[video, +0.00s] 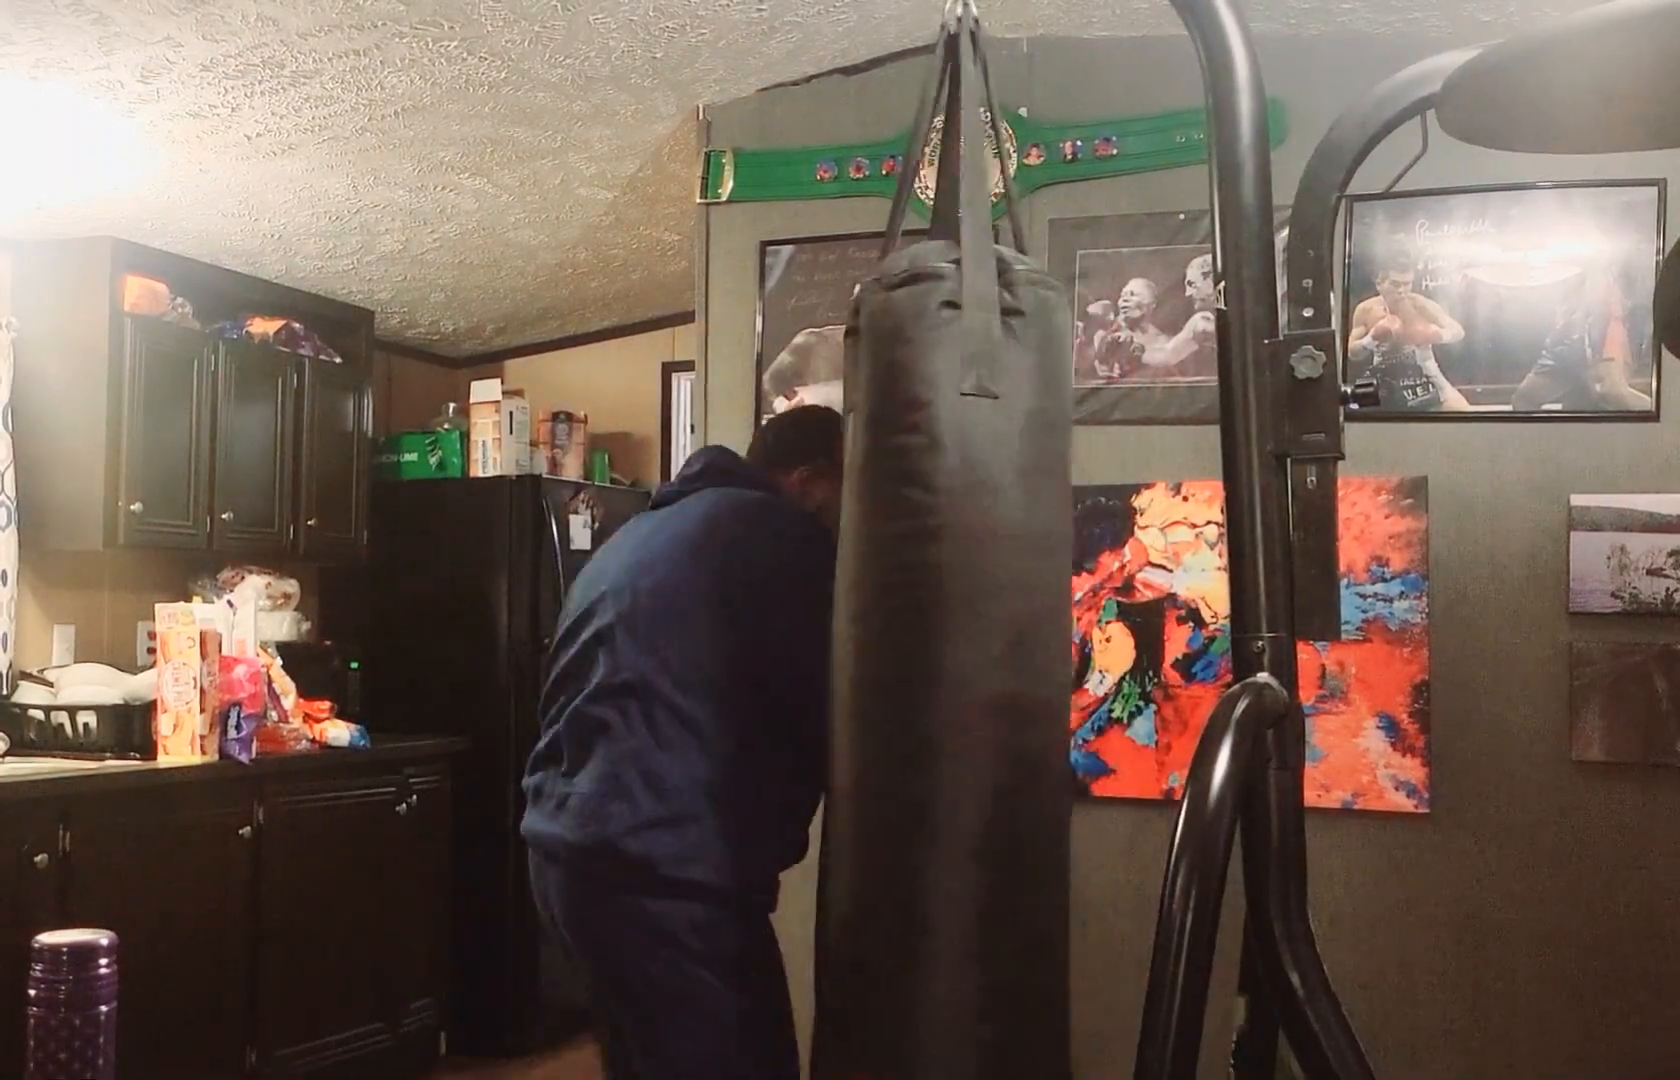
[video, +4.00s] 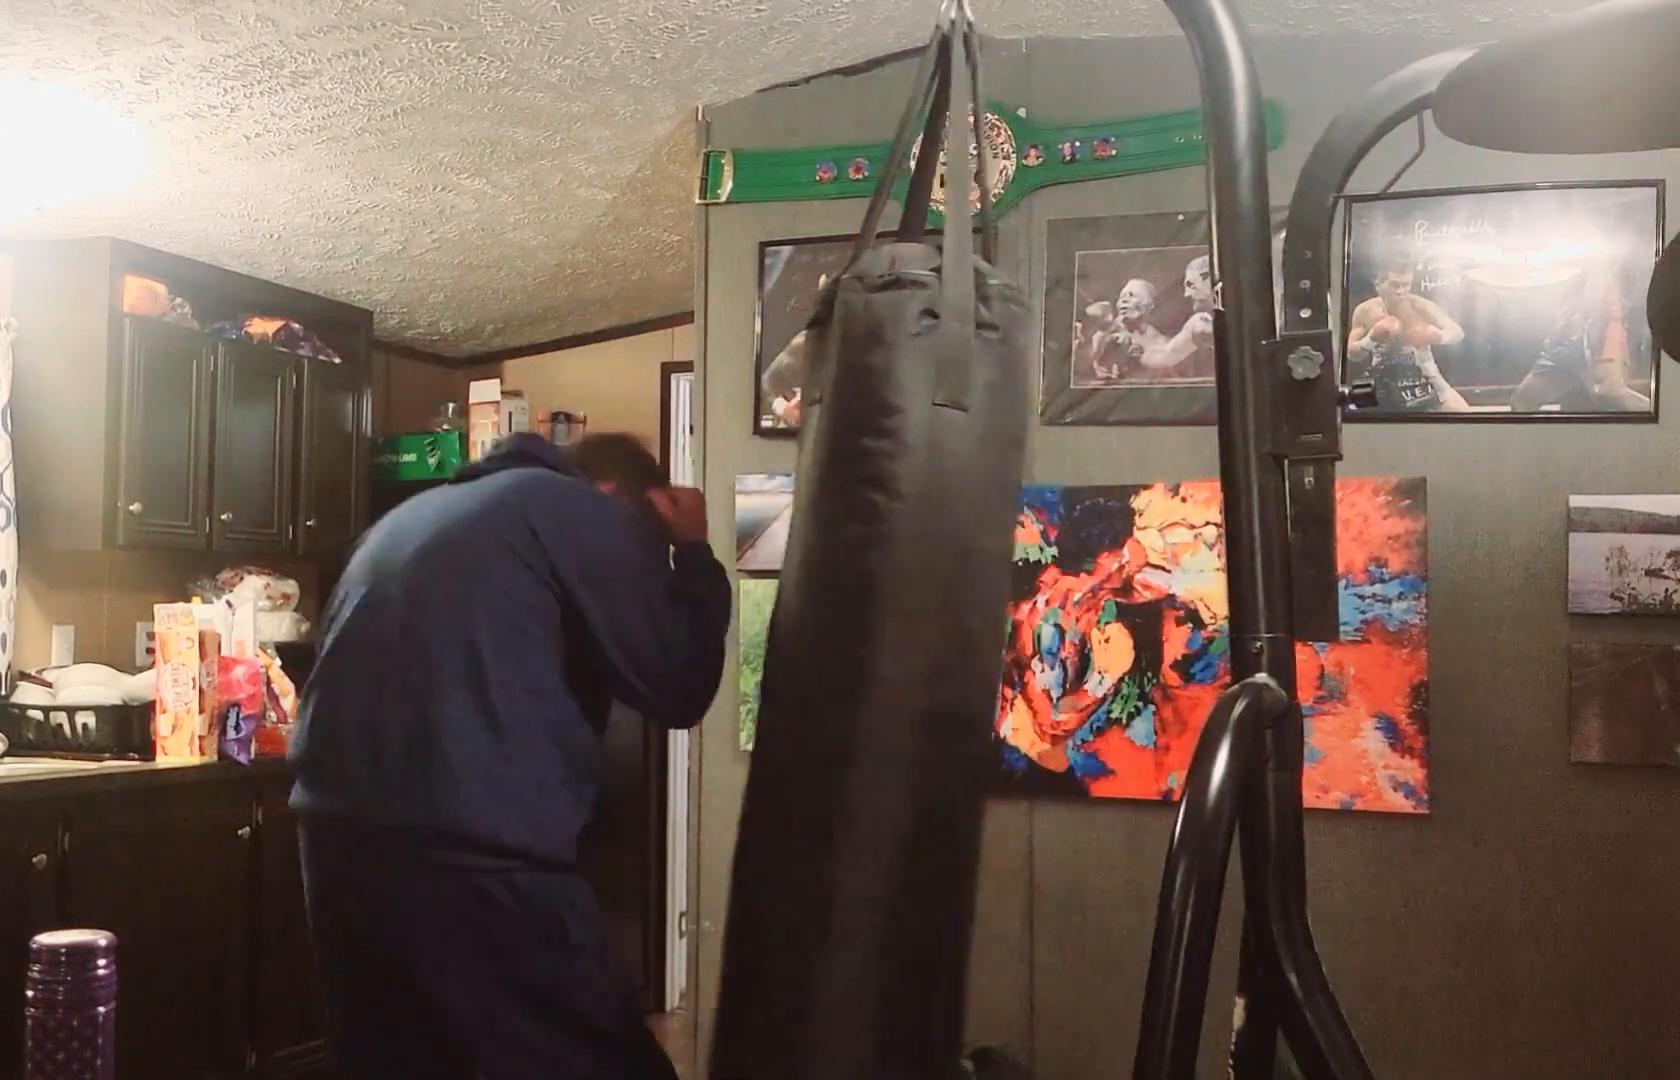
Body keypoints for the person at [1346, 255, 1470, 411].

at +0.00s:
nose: (1402, 291)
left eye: (1407, 284)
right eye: (1396, 284)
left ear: (1412, 283)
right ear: (1379, 283)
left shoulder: (1421, 304)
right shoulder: (1366, 310)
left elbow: (1458, 331)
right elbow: (1352, 353)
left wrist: (1435, 335)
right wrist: (1374, 337)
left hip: (1429, 382)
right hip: (1386, 386)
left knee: (1467, 416)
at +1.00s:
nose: (1401, 291)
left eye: (1406, 285)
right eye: (1395, 285)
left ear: (1412, 283)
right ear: (1379, 284)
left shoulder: (1421, 305)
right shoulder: (1364, 311)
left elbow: (1458, 332)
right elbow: (1352, 355)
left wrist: (1436, 335)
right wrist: (1373, 338)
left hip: (1429, 385)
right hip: (1385, 389)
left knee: (1468, 419)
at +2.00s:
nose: (1402, 291)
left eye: (1407, 285)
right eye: (1396, 285)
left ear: (1412, 283)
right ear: (1379, 284)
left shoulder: (1421, 305)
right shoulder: (1365, 310)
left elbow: (1458, 332)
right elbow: (1352, 353)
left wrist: (1435, 335)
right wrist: (1374, 338)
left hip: (1428, 382)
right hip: (1385, 385)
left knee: (1469, 418)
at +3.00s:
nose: (1402, 291)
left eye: (1406, 285)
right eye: (1395, 285)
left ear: (1411, 283)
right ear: (1379, 284)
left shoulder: (1421, 305)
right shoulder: (1365, 311)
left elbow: (1457, 332)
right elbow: (1353, 355)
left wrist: (1434, 336)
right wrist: (1373, 338)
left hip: (1428, 382)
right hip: (1385, 386)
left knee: (1468, 418)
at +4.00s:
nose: (1401, 291)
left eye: (1406, 285)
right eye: (1395, 285)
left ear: (1411, 284)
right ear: (1378, 284)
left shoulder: (1420, 306)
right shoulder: (1364, 311)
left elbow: (1457, 332)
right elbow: (1352, 354)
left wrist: (1435, 336)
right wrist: (1373, 338)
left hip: (1428, 384)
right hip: (1386, 388)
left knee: (1468, 420)